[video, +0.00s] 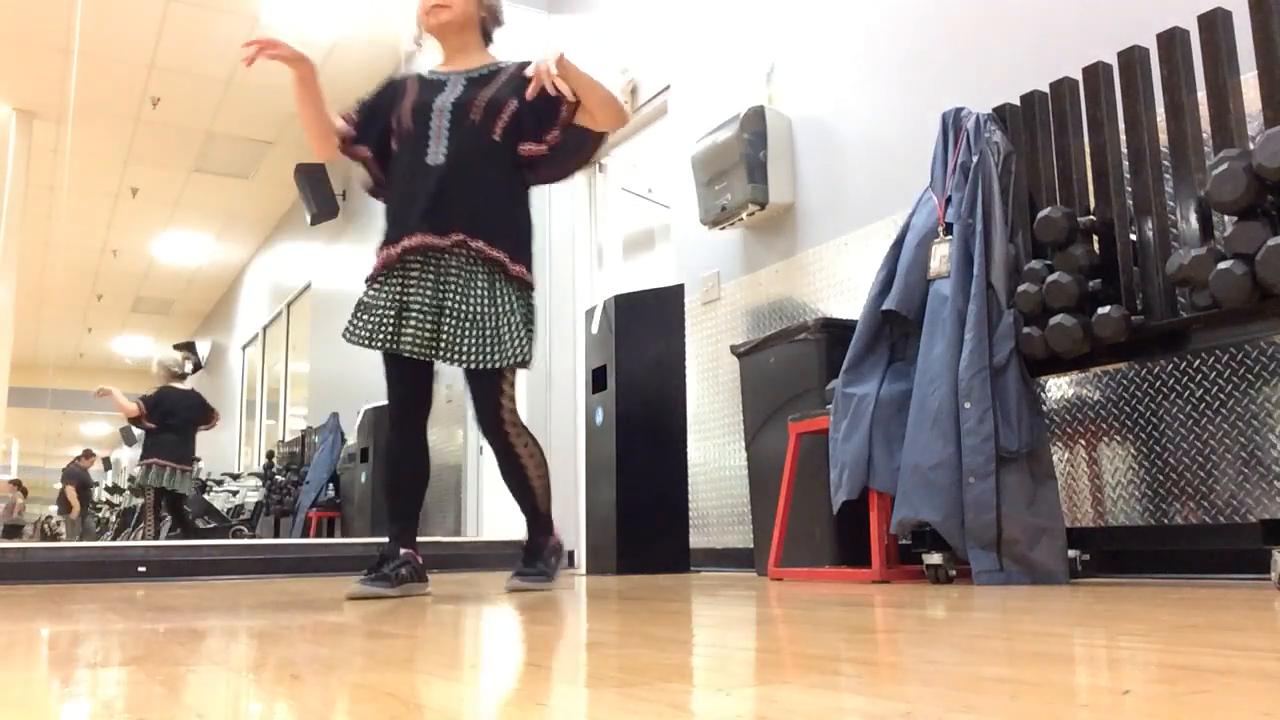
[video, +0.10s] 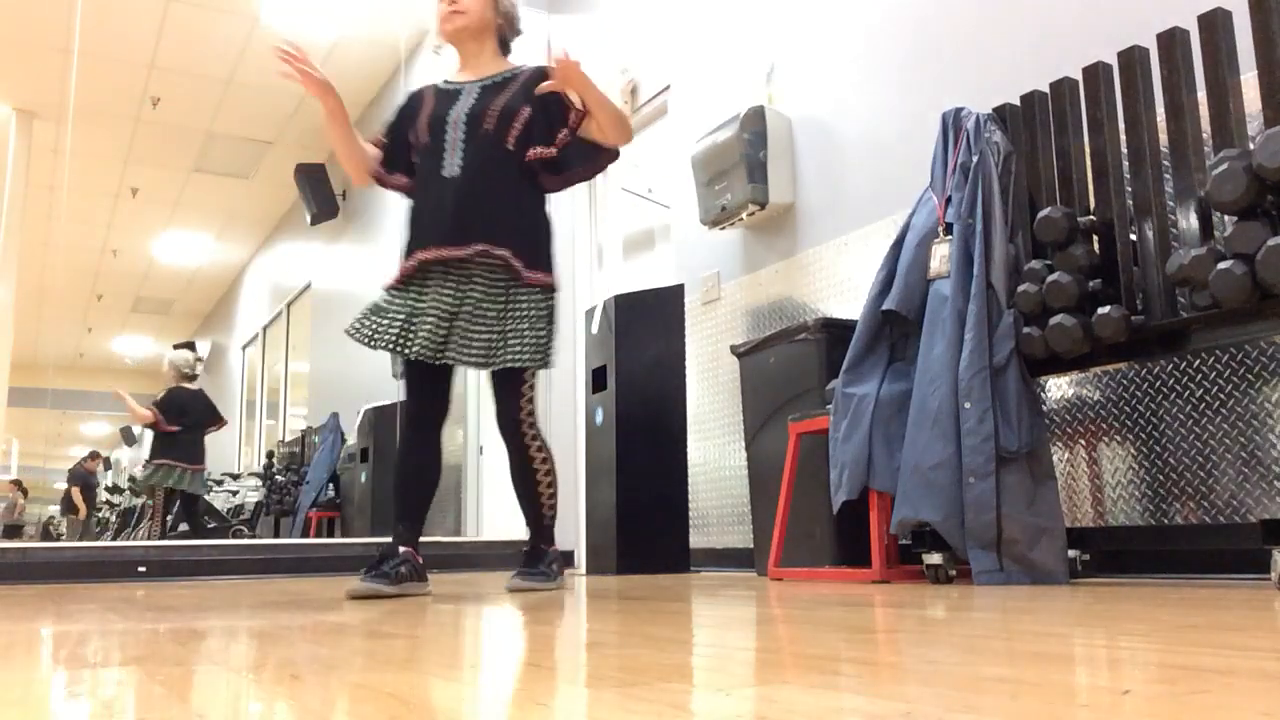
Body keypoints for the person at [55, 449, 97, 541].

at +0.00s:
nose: (92, 464)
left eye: (93, 462)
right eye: (91, 461)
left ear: (85, 459)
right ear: (84, 459)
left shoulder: (82, 469)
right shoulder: (72, 469)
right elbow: (69, 489)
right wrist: (76, 506)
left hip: (82, 508)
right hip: (71, 509)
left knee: (89, 535)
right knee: (72, 537)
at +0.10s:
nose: (97, 467)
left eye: (98, 464)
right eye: (97, 464)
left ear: (90, 460)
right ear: (89, 460)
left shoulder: (91, 471)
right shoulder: (78, 471)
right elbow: (75, 491)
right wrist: (82, 508)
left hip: (88, 510)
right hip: (74, 511)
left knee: (90, 539)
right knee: (71, 540)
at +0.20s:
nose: (102, 468)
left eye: (103, 465)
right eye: (102, 464)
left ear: (96, 462)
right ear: (94, 462)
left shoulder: (98, 473)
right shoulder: (80, 472)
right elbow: (75, 492)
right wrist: (84, 509)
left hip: (91, 512)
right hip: (76, 511)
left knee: (92, 540)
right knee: (72, 539)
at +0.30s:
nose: (107, 469)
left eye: (109, 467)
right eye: (106, 466)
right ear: (98, 463)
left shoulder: (106, 476)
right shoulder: (83, 473)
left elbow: (108, 490)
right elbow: (75, 491)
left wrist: (107, 501)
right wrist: (84, 509)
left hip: (95, 512)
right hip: (78, 512)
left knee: (95, 540)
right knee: (76, 540)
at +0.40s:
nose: (113, 472)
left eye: (114, 469)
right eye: (112, 469)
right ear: (104, 466)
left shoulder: (111, 480)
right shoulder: (88, 475)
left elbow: (115, 492)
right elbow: (77, 492)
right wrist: (83, 511)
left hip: (97, 511)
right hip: (82, 510)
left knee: (97, 535)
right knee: (81, 532)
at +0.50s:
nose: (115, 476)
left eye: (116, 473)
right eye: (113, 473)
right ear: (106, 470)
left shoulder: (113, 482)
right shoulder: (90, 477)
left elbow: (118, 496)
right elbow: (79, 494)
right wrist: (83, 512)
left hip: (97, 512)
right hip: (82, 510)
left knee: (97, 535)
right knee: (82, 532)